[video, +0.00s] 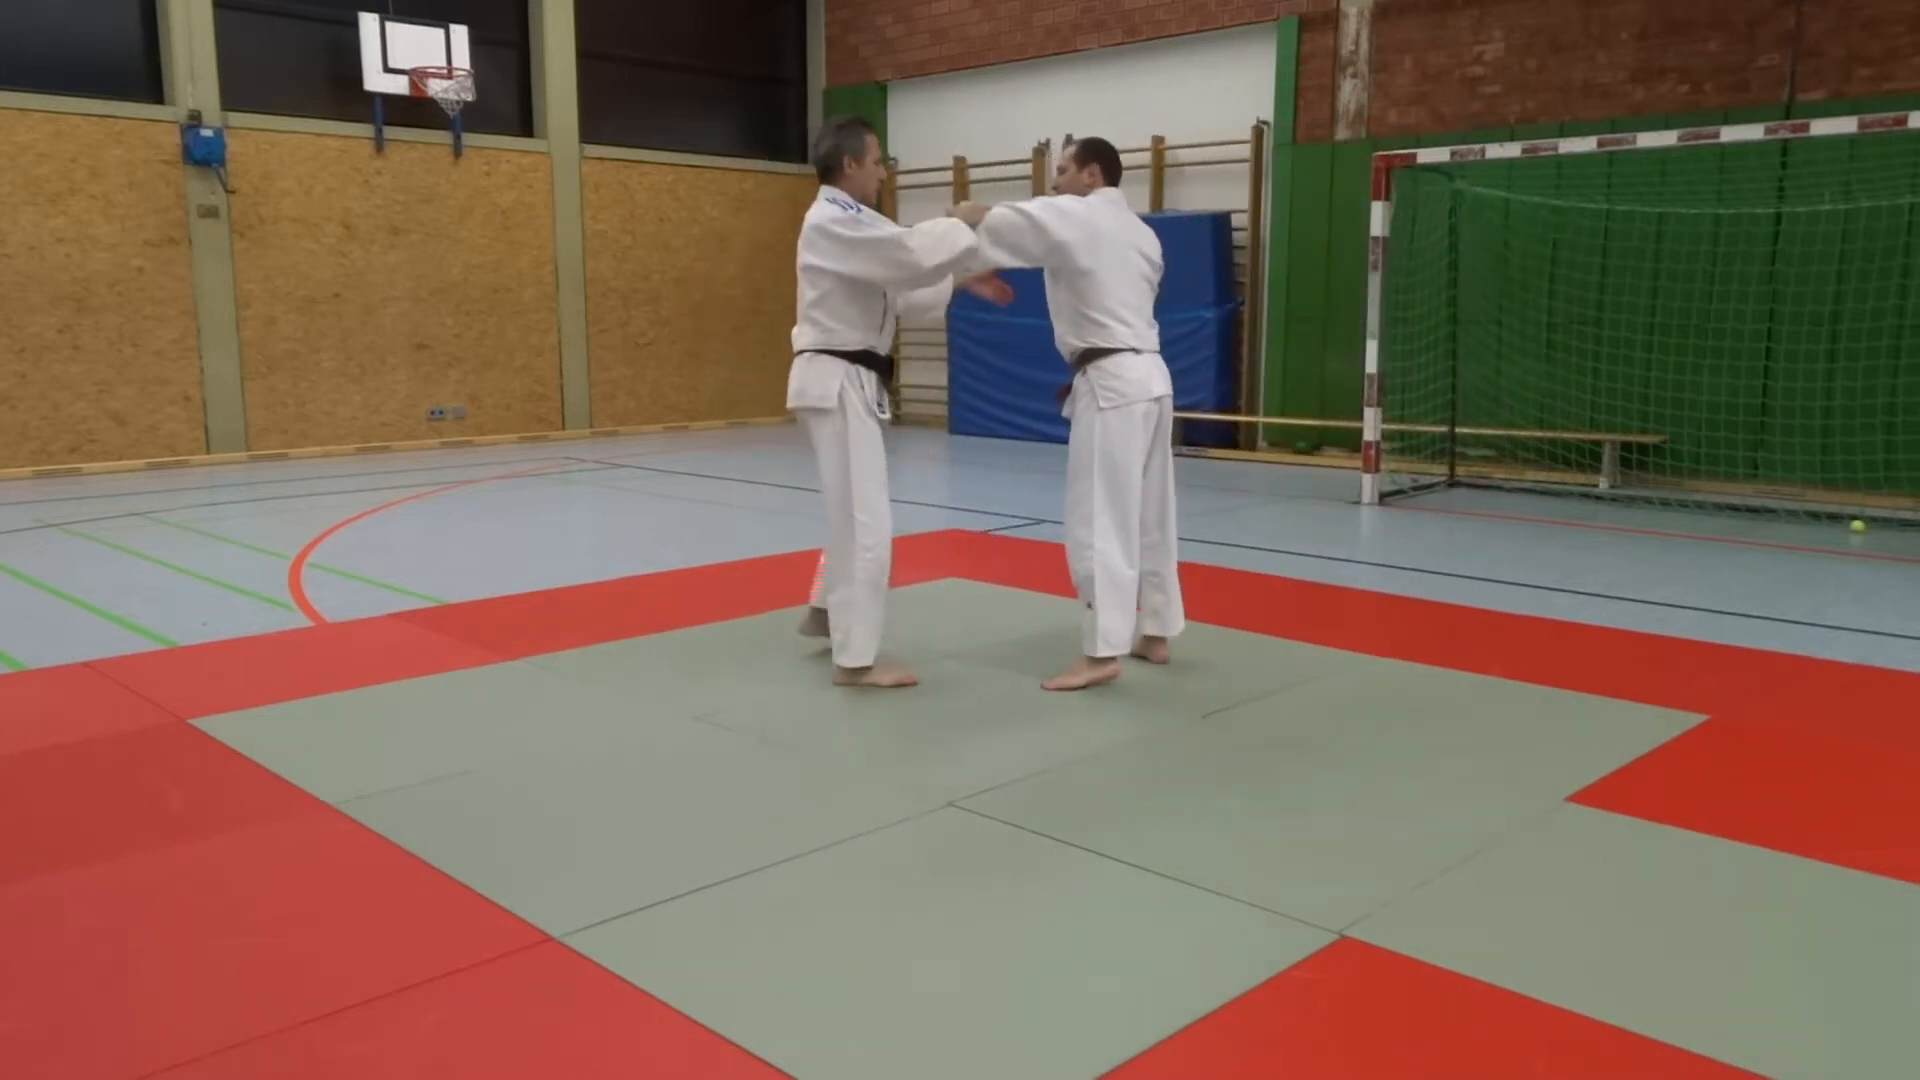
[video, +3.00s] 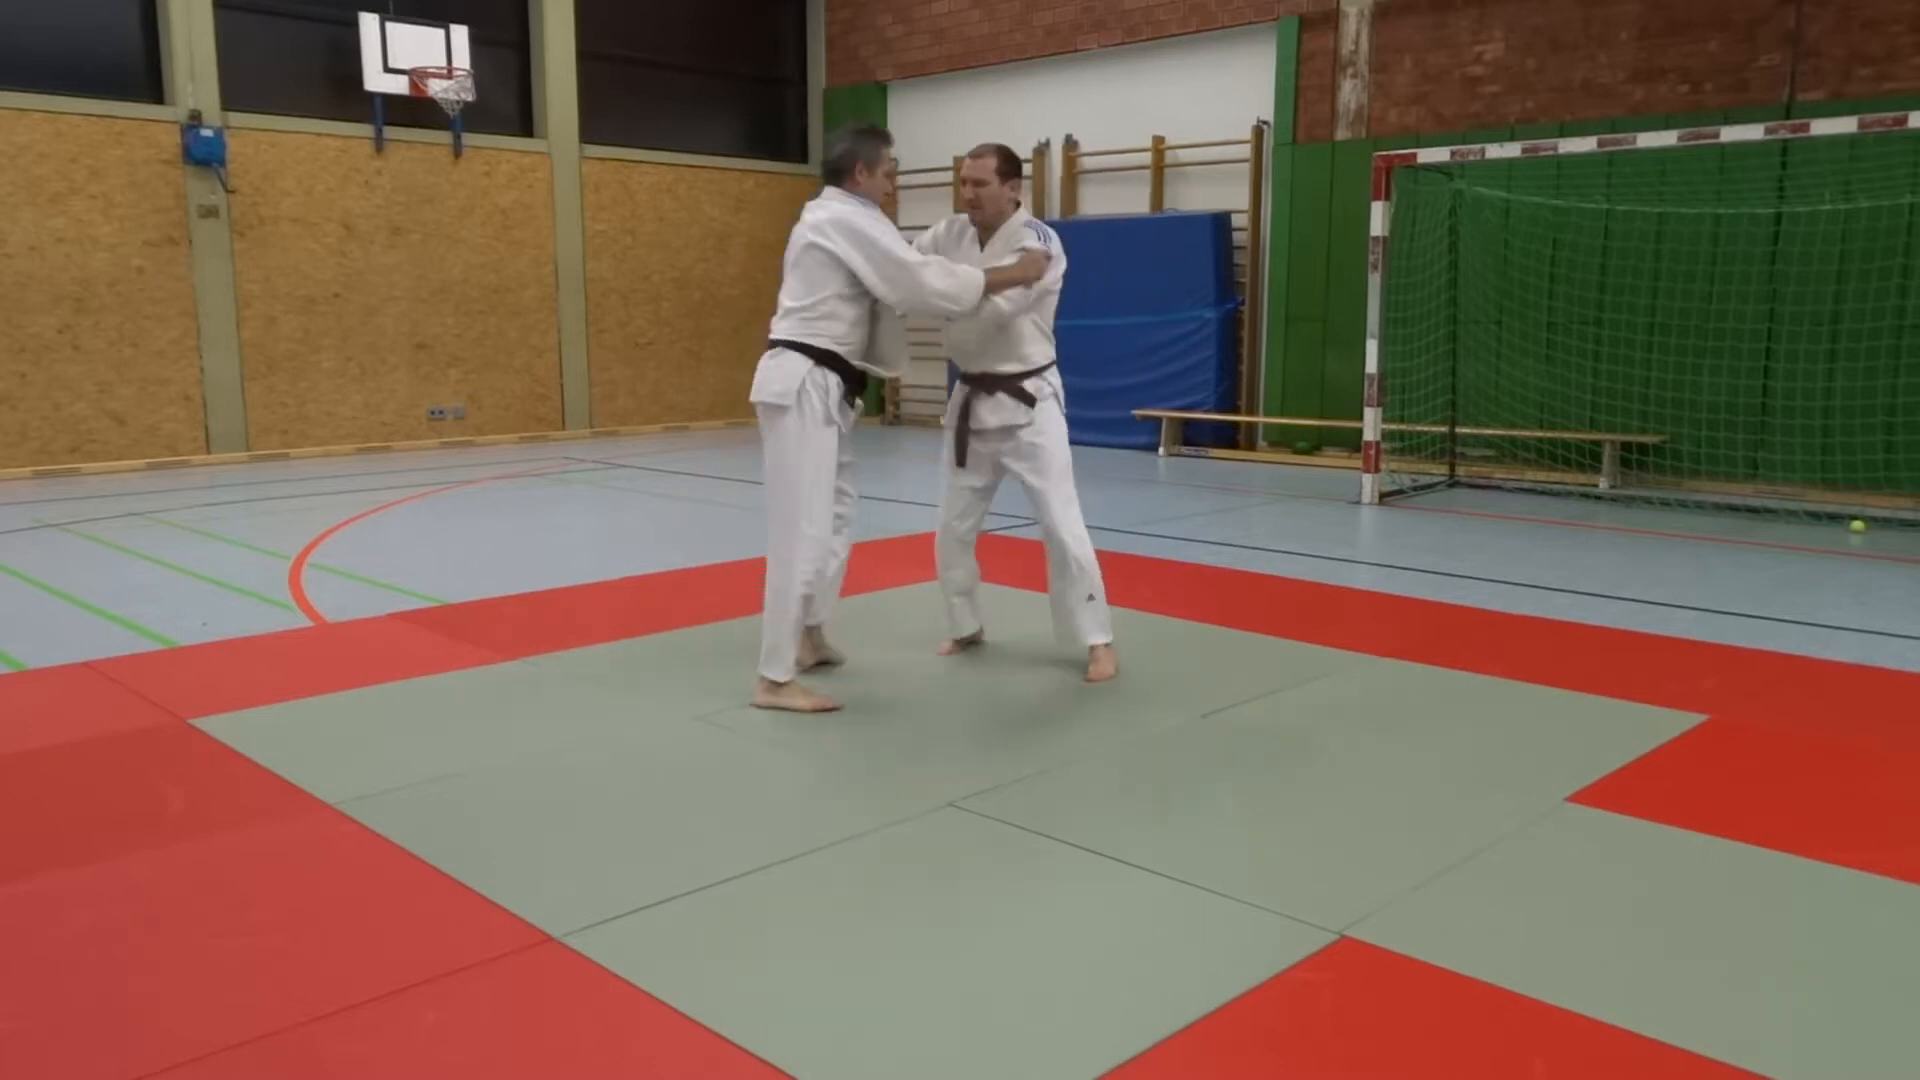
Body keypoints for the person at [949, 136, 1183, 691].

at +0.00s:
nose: (1055, 183)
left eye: (1061, 173)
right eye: (1056, 173)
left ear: (1091, 174)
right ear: (1105, 178)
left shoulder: (1070, 214)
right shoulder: (1143, 231)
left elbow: (994, 220)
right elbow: (1135, 308)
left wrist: (962, 213)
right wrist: (1087, 370)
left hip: (1111, 381)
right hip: (1153, 378)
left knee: (1098, 515)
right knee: (1150, 511)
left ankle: (1101, 654)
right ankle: (1154, 634)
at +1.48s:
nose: (1034, 185)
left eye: (1037, 176)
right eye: (1035, 176)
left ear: (1058, 177)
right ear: (1084, 180)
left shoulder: (1033, 222)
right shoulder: (1127, 242)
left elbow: (961, 256)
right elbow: (1134, 333)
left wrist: (893, 252)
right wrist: (1071, 353)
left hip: (1060, 385)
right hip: (1111, 383)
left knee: (1061, 526)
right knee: (1099, 522)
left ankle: (1093, 657)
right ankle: (1104, 641)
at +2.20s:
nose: (1030, 180)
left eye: (1037, 170)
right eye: (1032, 170)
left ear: (1066, 174)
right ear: (1083, 177)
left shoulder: (1052, 217)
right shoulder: (1124, 242)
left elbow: (989, 255)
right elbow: (1102, 317)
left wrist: (913, 248)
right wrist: (1026, 318)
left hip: (1082, 391)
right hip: (1112, 385)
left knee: (1084, 521)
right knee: (1098, 514)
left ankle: (1115, 651)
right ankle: (1097, 627)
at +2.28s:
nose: (1027, 179)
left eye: (1034, 170)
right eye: (1029, 170)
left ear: (1066, 174)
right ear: (1067, 176)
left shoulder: (1079, 218)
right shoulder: (1072, 224)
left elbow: (1012, 260)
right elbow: (1050, 328)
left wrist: (946, 252)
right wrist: (975, 349)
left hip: (1094, 393)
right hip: (1070, 393)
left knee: (1087, 525)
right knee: (1065, 520)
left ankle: (1115, 651)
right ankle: (1095, 628)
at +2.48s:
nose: (998, 192)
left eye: (1010, 184)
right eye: (997, 182)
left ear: (1044, 192)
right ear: (1000, 190)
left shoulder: (1075, 238)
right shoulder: (998, 253)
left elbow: (1028, 299)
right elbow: (971, 342)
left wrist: (962, 292)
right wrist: (895, 354)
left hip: (1082, 401)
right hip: (1024, 405)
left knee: (1107, 531)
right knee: (1000, 533)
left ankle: (1131, 653)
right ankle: (1041, 591)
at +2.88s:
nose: (971, 199)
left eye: (983, 190)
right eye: (965, 189)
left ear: (1012, 197)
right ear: (959, 195)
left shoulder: (1044, 251)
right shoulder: (946, 252)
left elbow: (1028, 312)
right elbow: (920, 306)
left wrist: (961, 295)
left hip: (1034, 403)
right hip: (972, 404)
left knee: (1062, 529)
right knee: (953, 539)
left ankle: (1103, 645)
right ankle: (966, 630)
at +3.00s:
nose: (968, 195)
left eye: (979, 185)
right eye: (963, 185)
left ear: (1013, 189)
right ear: (959, 188)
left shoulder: (1040, 245)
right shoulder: (951, 232)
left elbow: (1003, 308)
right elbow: (906, 272)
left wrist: (944, 281)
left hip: (1031, 400)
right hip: (971, 397)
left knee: (1062, 525)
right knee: (955, 527)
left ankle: (1099, 641)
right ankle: (966, 629)